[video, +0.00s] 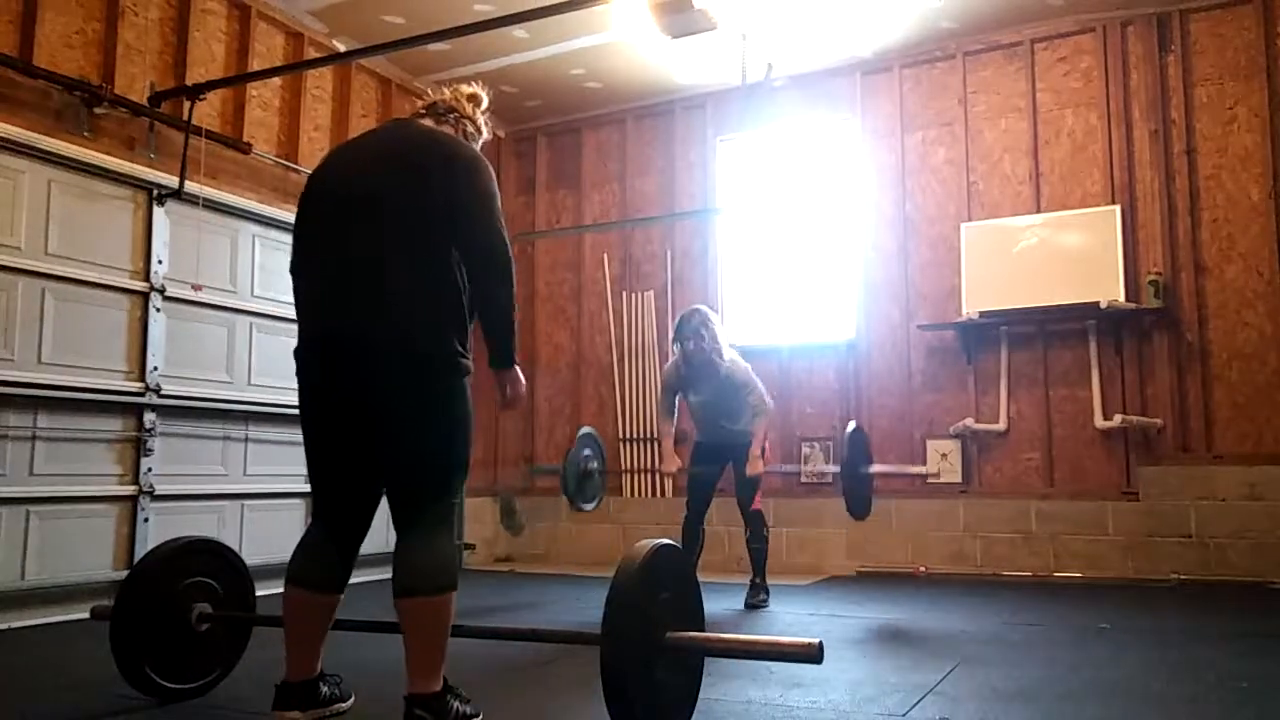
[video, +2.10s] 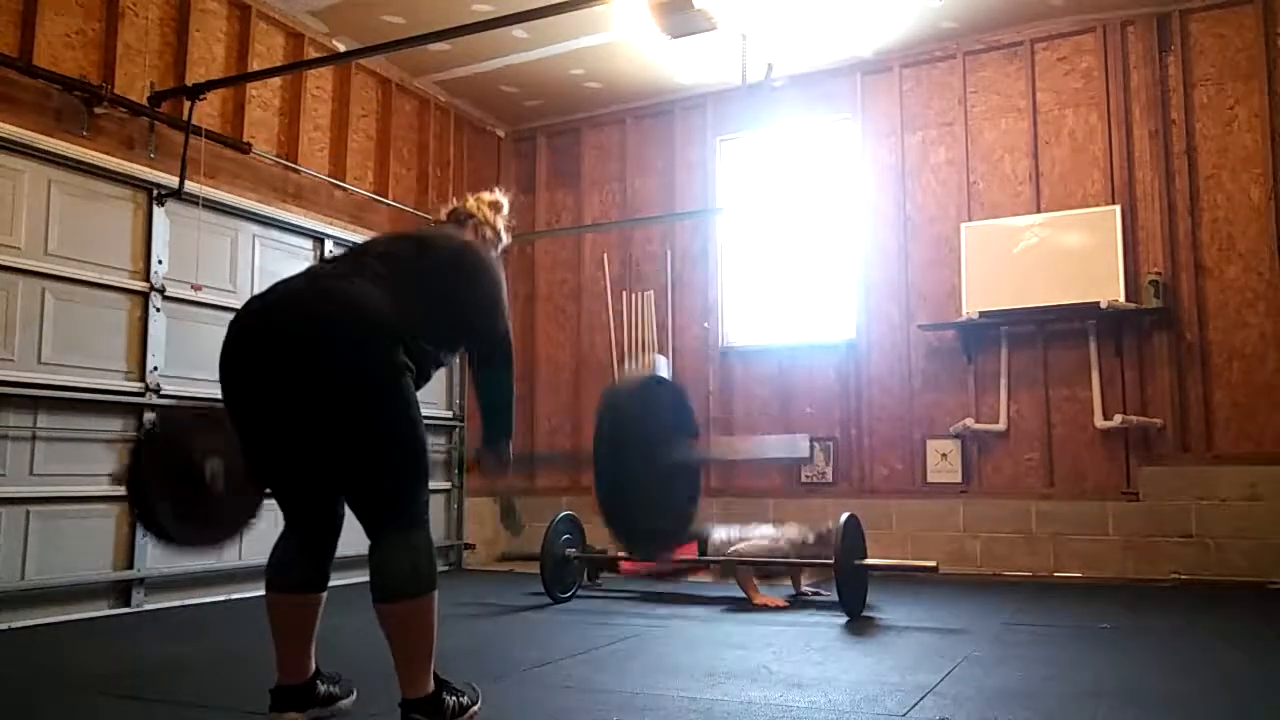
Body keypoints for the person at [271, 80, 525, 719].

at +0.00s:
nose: (480, 153)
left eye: (482, 147)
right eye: (483, 146)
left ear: (424, 115)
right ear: (471, 132)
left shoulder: (343, 156)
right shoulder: (462, 158)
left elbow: (307, 262)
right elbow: (490, 259)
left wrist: (326, 346)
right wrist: (504, 357)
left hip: (329, 362)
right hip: (421, 365)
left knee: (333, 516)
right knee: (429, 521)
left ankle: (299, 682)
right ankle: (427, 694)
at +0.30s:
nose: (506, 204)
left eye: (506, 196)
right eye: (507, 195)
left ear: (449, 172)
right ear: (496, 185)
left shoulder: (387, 200)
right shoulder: (487, 222)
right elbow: (493, 325)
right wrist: (495, 419)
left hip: (287, 348)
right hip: (382, 363)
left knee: (311, 515)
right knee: (404, 524)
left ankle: (294, 684)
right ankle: (422, 694)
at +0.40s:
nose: (513, 259)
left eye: (513, 249)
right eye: (513, 250)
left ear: (457, 225)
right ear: (503, 246)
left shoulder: (395, 241)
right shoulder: (491, 277)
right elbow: (496, 382)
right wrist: (492, 472)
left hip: (273, 346)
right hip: (371, 370)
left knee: (307, 519)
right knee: (402, 533)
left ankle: (296, 685)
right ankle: (422, 695)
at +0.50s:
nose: (513, 313)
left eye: (514, 304)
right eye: (515, 303)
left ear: (464, 276)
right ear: (508, 296)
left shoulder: (407, 284)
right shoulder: (492, 328)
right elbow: (493, 449)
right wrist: (494, 538)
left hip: (266, 351)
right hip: (373, 371)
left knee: (314, 521)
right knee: (413, 529)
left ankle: (297, 686)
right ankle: (424, 696)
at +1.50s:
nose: (494, 267)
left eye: (494, 259)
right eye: (493, 259)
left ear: (442, 234)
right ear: (485, 252)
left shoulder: (385, 254)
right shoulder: (475, 275)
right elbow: (497, 366)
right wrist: (494, 472)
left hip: (255, 345)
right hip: (357, 362)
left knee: (308, 518)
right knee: (407, 524)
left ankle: (294, 685)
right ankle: (424, 696)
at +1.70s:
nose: (500, 250)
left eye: (502, 242)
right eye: (501, 241)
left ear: (455, 205)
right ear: (493, 227)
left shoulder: (388, 227)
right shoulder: (480, 241)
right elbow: (491, 374)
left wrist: (236, 386)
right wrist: (480, 379)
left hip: (263, 355)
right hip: (362, 370)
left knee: (313, 518)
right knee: (406, 525)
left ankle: (293, 683)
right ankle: (421, 695)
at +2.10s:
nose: (493, 260)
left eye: (496, 252)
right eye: (493, 250)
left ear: (449, 221)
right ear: (478, 233)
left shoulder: (389, 247)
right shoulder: (472, 265)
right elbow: (494, 349)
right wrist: (497, 441)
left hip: (254, 346)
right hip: (351, 365)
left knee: (309, 518)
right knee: (399, 528)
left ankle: (294, 685)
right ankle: (420, 695)